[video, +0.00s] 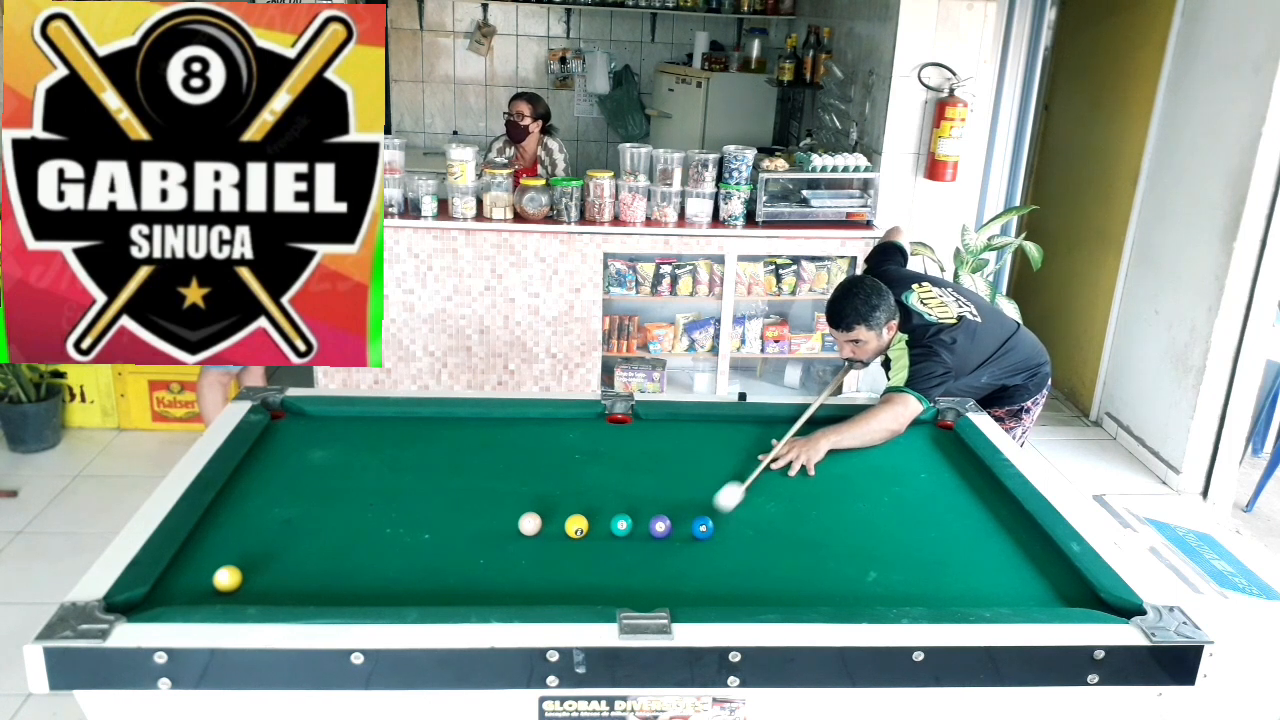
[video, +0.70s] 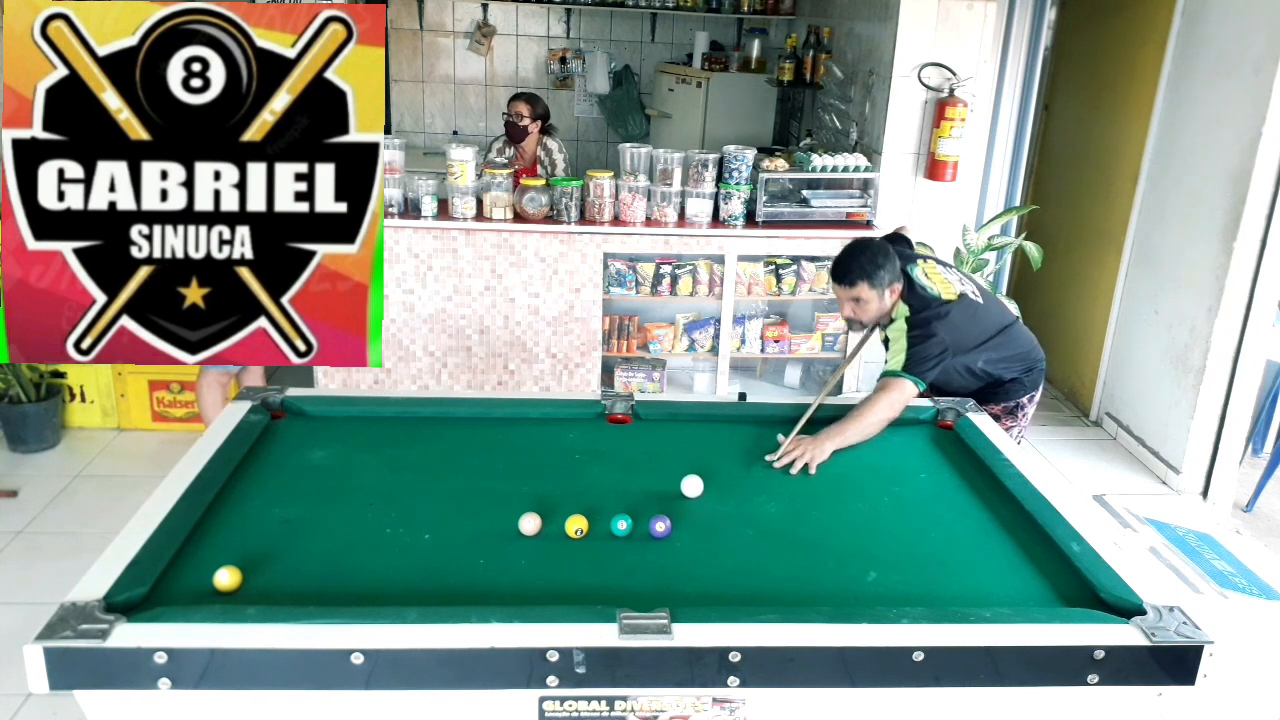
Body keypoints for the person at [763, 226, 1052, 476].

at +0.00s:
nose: (845, 353)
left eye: (855, 343)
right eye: (838, 340)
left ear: (889, 330)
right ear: (832, 322)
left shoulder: (926, 353)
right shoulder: (883, 275)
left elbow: (894, 417)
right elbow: (897, 234)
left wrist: (823, 439)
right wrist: (869, 287)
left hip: (1021, 375)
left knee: (985, 476)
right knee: (945, 458)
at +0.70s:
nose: (846, 313)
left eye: (857, 302)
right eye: (840, 300)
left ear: (892, 293)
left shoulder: (926, 327)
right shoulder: (894, 256)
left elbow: (890, 400)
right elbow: (901, 233)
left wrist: (825, 440)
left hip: (1012, 375)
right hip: (955, 369)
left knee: (984, 475)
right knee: (940, 459)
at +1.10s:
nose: (833, 247)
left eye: (845, 237)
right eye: (830, 235)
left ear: (882, 234)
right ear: (826, 226)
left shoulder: (912, 273)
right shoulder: (874, 248)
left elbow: (876, 364)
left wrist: (791, 386)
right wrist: (872, 315)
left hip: (971, 380)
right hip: (915, 372)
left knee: (954, 488)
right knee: (896, 476)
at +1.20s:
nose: (829, 235)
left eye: (842, 226)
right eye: (826, 222)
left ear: (878, 225)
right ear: (822, 212)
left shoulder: (903, 265)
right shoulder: (866, 237)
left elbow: (867, 354)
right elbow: (864, 279)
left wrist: (790, 386)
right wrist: (859, 304)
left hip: (962, 374)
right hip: (904, 364)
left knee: (945, 478)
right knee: (888, 466)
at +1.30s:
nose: (826, 231)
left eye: (839, 221)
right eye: (822, 218)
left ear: (875, 221)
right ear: (819, 211)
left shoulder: (899, 261)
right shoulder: (860, 238)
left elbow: (879, 356)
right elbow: (869, 277)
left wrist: (803, 388)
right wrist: (857, 303)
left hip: (953, 376)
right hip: (901, 367)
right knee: (883, 469)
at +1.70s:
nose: (808, 220)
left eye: (822, 210)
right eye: (805, 207)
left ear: (856, 209)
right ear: (801, 200)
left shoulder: (890, 251)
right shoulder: (829, 235)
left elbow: (910, 345)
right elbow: (834, 280)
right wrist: (823, 317)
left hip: (920, 380)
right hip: (865, 369)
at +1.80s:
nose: (804, 220)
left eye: (818, 210)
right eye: (801, 207)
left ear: (852, 209)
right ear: (798, 198)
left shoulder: (883, 252)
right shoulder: (821, 233)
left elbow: (884, 346)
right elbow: (829, 279)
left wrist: (804, 360)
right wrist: (818, 313)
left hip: (911, 377)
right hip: (855, 368)